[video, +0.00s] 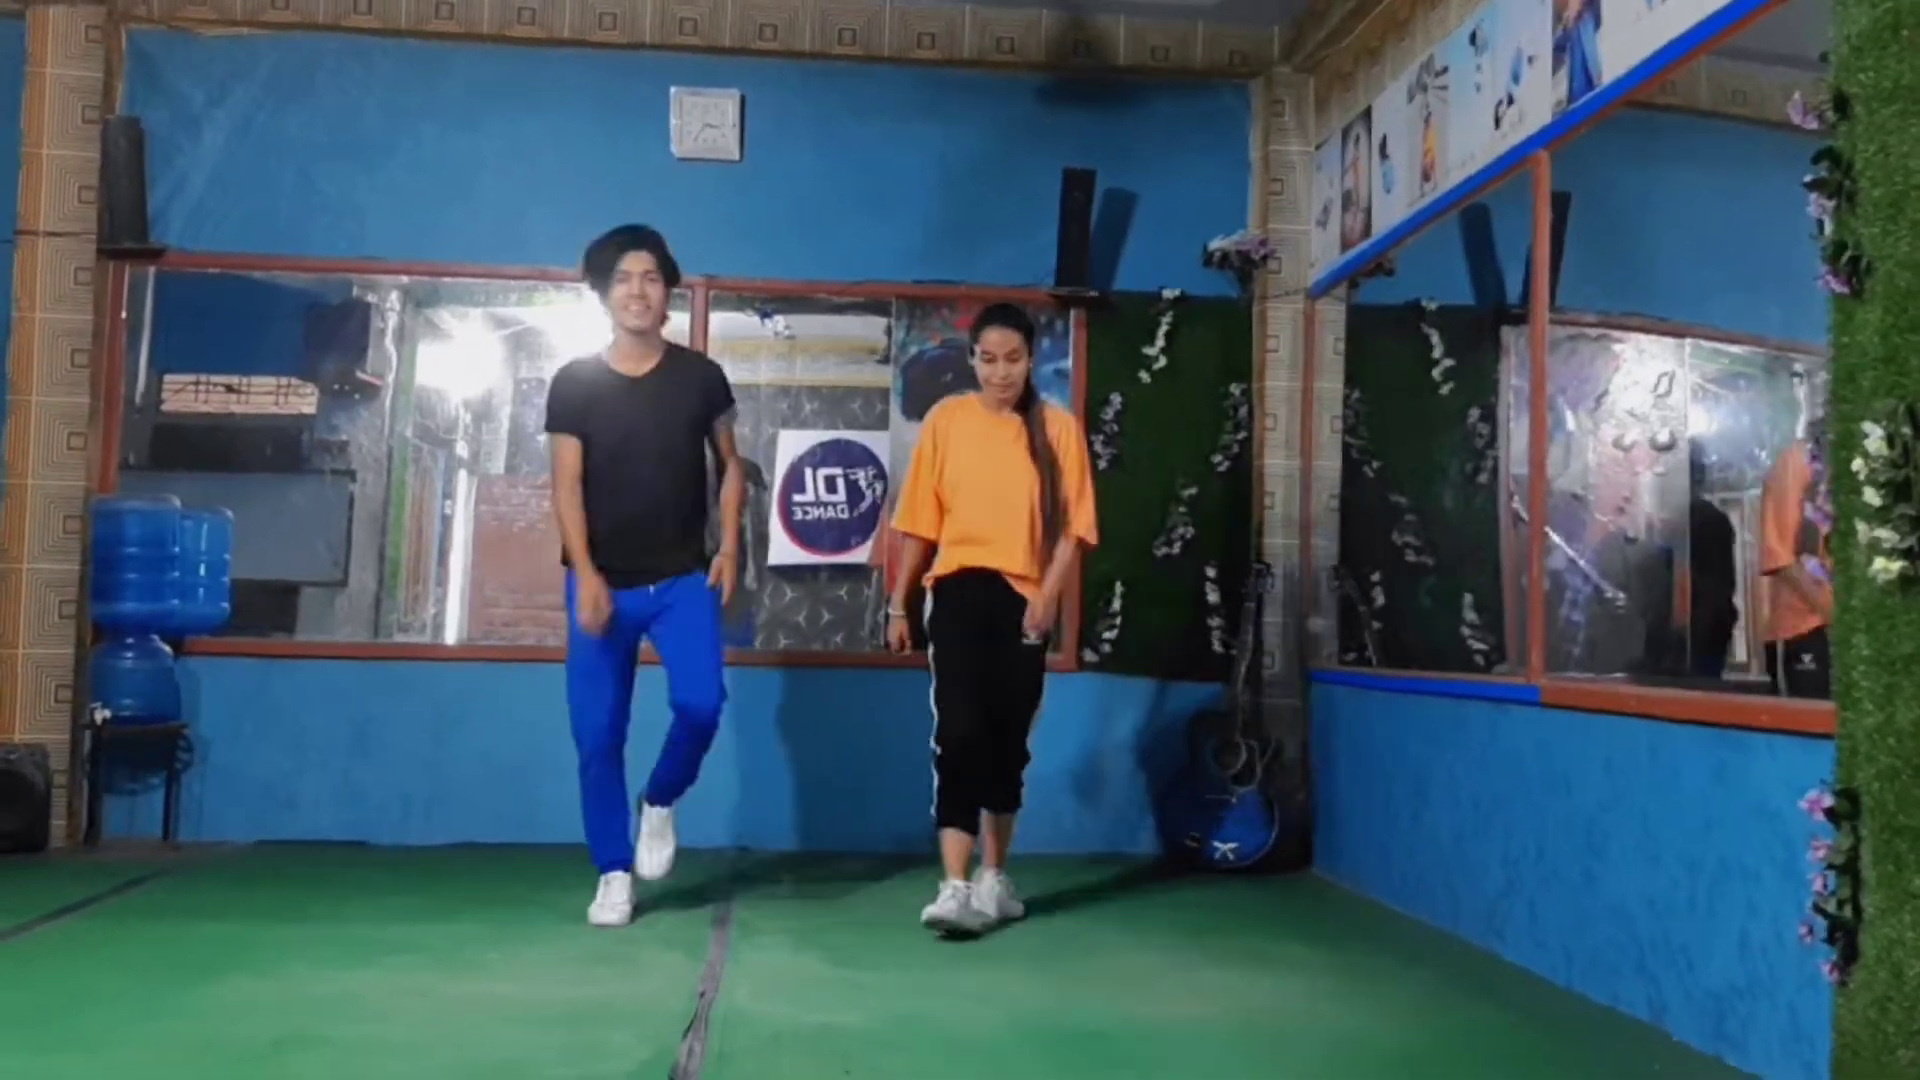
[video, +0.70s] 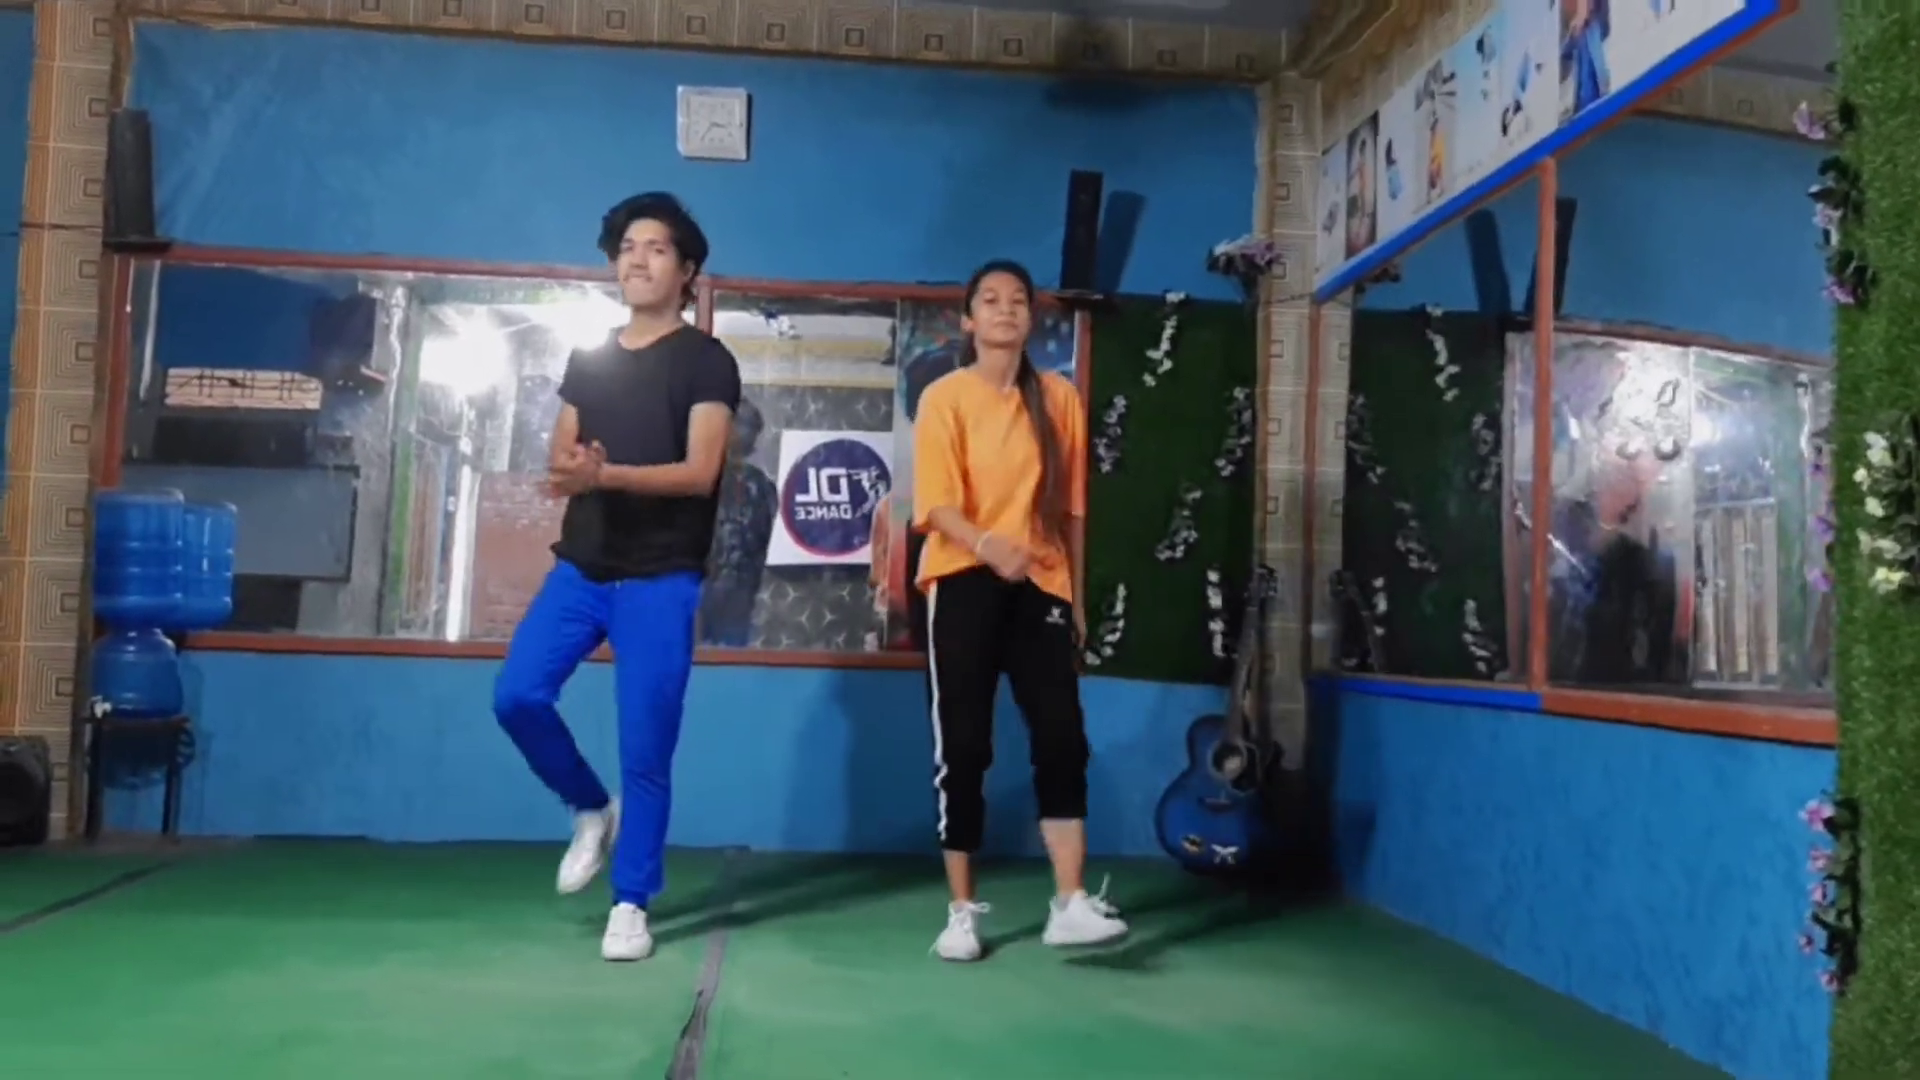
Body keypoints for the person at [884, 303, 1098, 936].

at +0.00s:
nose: (1001, 369)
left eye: (1013, 357)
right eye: (990, 358)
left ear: (1031, 360)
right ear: (973, 360)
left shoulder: (1058, 426)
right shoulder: (945, 419)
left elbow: (1076, 527)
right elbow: (919, 521)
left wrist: (1046, 596)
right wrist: (898, 600)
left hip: (1022, 593)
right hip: (955, 586)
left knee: (1007, 736)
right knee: (958, 732)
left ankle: (994, 878)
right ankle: (954, 886)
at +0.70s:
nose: (1004, 312)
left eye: (1016, 302)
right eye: (991, 302)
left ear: (1033, 318)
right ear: (968, 318)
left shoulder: (1059, 398)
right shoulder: (944, 398)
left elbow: (1072, 509)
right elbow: (934, 507)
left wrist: (1073, 598)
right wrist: (989, 544)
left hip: (1040, 586)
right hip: (962, 588)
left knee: (1062, 737)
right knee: (962, 748)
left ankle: (1069, 902)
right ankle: (961, 910)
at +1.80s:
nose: (1066, 339)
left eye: (1079, 327)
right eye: (1055, 329)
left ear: (1105, 336)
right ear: (1041, 341)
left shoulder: (1137, 415)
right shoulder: (1008, 404)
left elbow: (1180, 513)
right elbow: (938, 485)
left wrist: (1241, 503)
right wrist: (903, 444)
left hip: (1100, 601)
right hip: (1014, 596)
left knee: (1134, 744)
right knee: (976, 745)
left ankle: (1103, 846)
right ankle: (981, 905)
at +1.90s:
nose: (1089, 351)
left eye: (1102, 338)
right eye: (1076, 340)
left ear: (1127, 344)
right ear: (1062, 350)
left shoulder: (1156, 429)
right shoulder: (1032, 413)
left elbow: (1179, 549)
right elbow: (979, 501)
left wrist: (1246, 604)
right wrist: (919, 504)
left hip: (1114, 608)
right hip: (1030, 604)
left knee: (1143, 761)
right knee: (982, 743)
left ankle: (1158, 903)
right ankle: (974, 923)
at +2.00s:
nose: (1103, 360)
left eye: (1114, 346)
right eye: (1089, 349)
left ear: (1139, 352)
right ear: (1075, 360)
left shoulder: (1169, 435)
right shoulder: (1050, 417)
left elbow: (1183, 545)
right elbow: (1016, 512)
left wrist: (1256, 566)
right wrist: (964, 499)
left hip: (1125, 616)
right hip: (1044, 610)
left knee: (1144, 766)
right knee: (988, 741)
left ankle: (1156, 906)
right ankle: (979, 910)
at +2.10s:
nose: (1102, 336)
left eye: (1114, 322)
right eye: (1089, 325)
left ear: (1137, 331)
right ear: (1074, 337)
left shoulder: (1170, 410)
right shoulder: (1043, 394)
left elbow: (1233, 506)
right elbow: (969, 464)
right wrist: (962, 429)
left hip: (1123, 597)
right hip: (1040, 588)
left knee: (1145, 759)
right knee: (976, 691)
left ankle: (1155, 900)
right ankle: (1002, 846)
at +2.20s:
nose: (1096, 317)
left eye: (1109, 305)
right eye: (1083, 305)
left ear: (1131, 315)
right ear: (1068, 316)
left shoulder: (1157, 383)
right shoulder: (1032, 375)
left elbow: (1234, 448)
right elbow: (948, 416)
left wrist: (1154, 427)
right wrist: (1016, 459)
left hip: (1112, 571)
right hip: (1028, 563)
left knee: (1126, 721)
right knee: (994, 687)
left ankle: (1114, 862)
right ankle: (1011, 834)